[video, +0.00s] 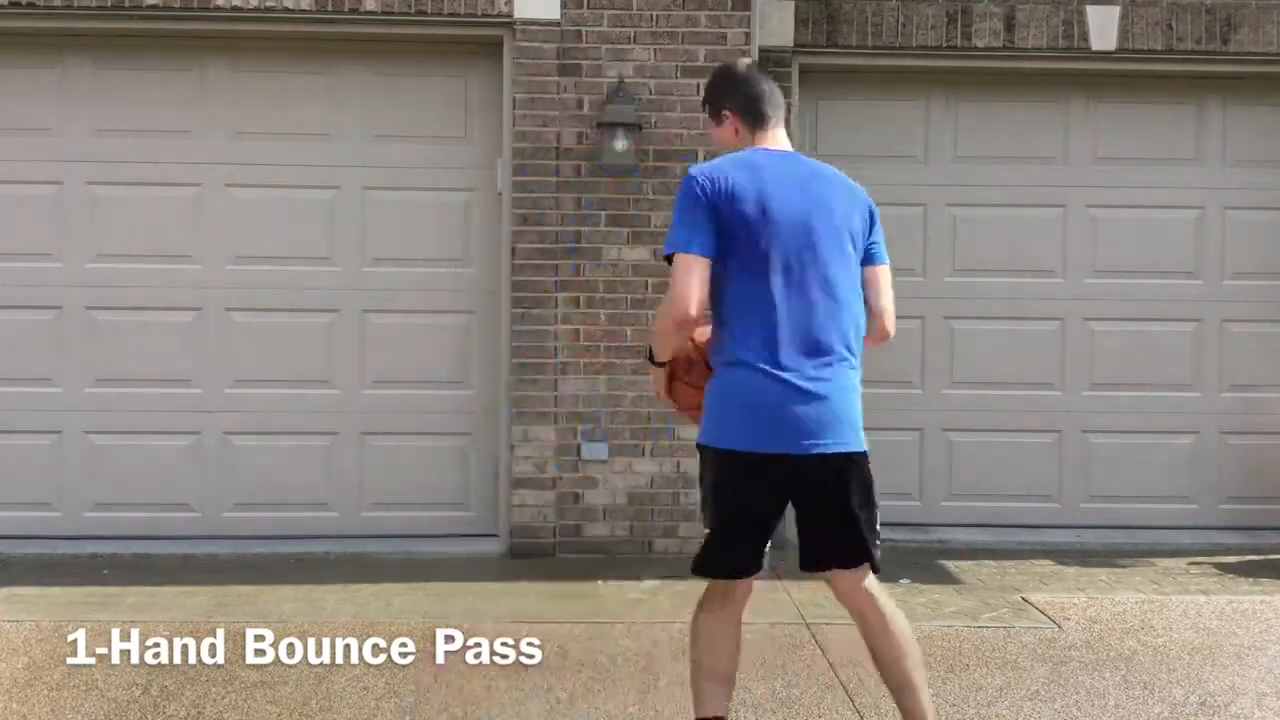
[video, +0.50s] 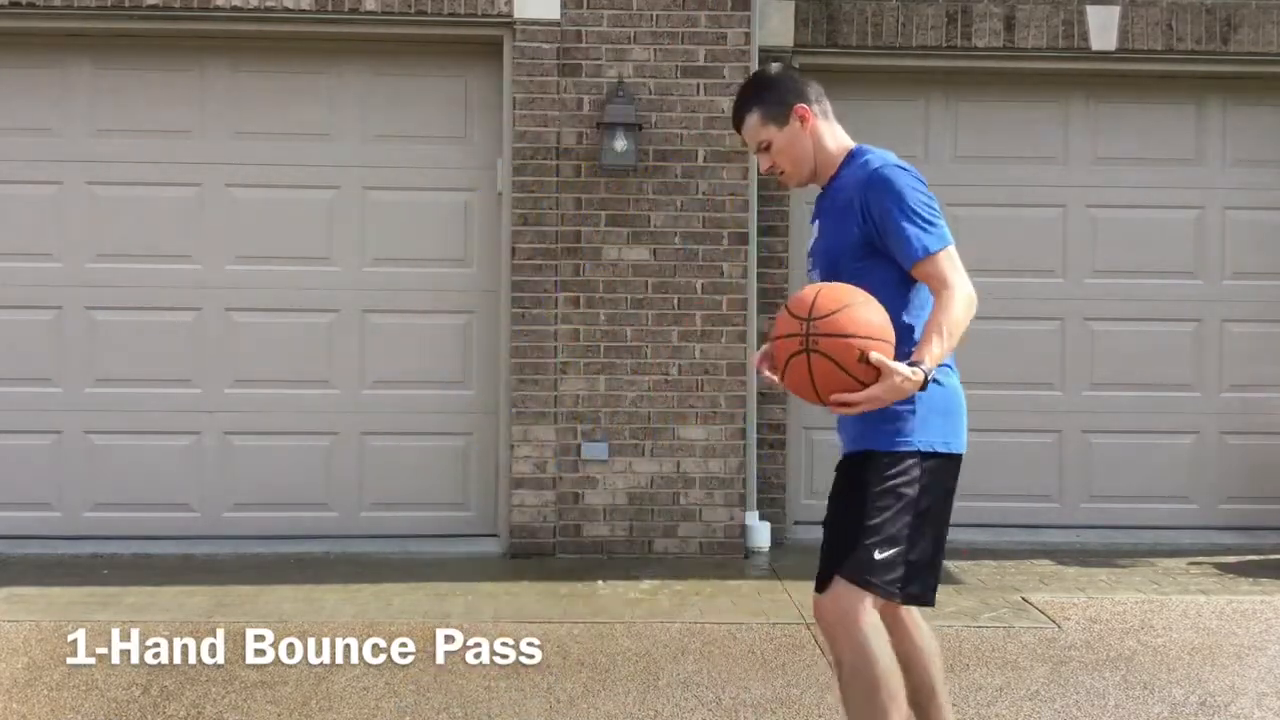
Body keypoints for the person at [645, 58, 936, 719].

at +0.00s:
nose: (708, 138)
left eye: (709, 126)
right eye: (708, 126)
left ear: (728, 121)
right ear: (780, 119)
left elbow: (685, 308)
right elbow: (882, 325)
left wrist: (662, 353)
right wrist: (807, 336)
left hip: (744, 427)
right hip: (833, 426)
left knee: (726, 590)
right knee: (858, 583)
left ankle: (710, 715)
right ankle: (921, 715)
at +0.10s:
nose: (738, 170)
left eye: (736, 153)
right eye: (734, 156)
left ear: (763, 134)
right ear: (793, 133)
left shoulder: (770, 186)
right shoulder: (870, 205)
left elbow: (761, 303)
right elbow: (897, 334)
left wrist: (684, 351)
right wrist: (770, 358)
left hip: (800, 433)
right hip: (883, 435)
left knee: (745, 578)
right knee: (883, 589)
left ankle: (756, 713)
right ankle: (935, 715)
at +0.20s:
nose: (752, 177)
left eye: (750, 159)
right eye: (745, 165)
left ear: (782, 132)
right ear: (796, 135)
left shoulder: (809, 181)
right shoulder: (869, 188)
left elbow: (840, 293)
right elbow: (869, 310)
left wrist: (745, 353)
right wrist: (760, 352)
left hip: (851, 419)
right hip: (916, 422)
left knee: (769, 576)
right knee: (884, 584)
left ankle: (804, 715)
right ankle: (937, 714)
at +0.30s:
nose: (760, 171)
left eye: (760, 153)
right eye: (753, 159)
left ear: (795, 124)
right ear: (799, 129)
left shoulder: (844, 176)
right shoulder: (845, 181)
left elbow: (904, 286)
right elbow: (851, 311)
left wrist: (827, 358)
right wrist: (776, 351)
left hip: (876, 422)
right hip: (912, 421)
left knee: (796, 586)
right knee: (890, 589)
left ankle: (842, 716)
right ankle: (940, 715)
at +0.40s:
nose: (764, 167)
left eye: (765, 148)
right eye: (756, 155)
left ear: (804, 120)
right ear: (803, 128)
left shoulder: (870, 176)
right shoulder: (838, 195)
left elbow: (942, 289)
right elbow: (860, 317)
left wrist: (890, 358)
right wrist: (791, 343)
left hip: (900, 425)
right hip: (882, 423)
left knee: (818, 593)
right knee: (888, 593)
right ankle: (939, 715)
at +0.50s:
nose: (765, 167)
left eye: (766, 147)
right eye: (757, 155)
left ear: (806, 118)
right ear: (804, 126)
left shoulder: (884, 180)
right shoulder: (832, 203)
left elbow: (958, 293)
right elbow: (852, 323)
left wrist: (917, 368)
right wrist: (791, 355)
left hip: (907, 436)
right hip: (879, 436)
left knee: (840, 607)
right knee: (890, 602)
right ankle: (935, 716)